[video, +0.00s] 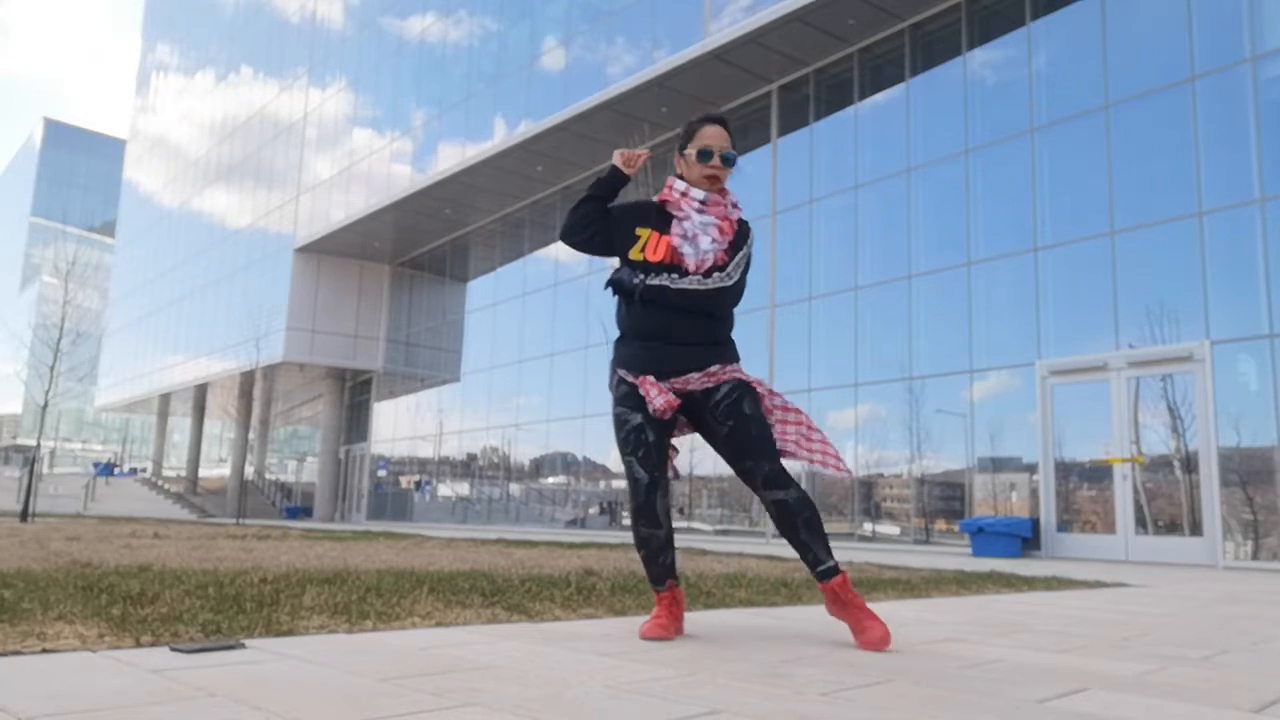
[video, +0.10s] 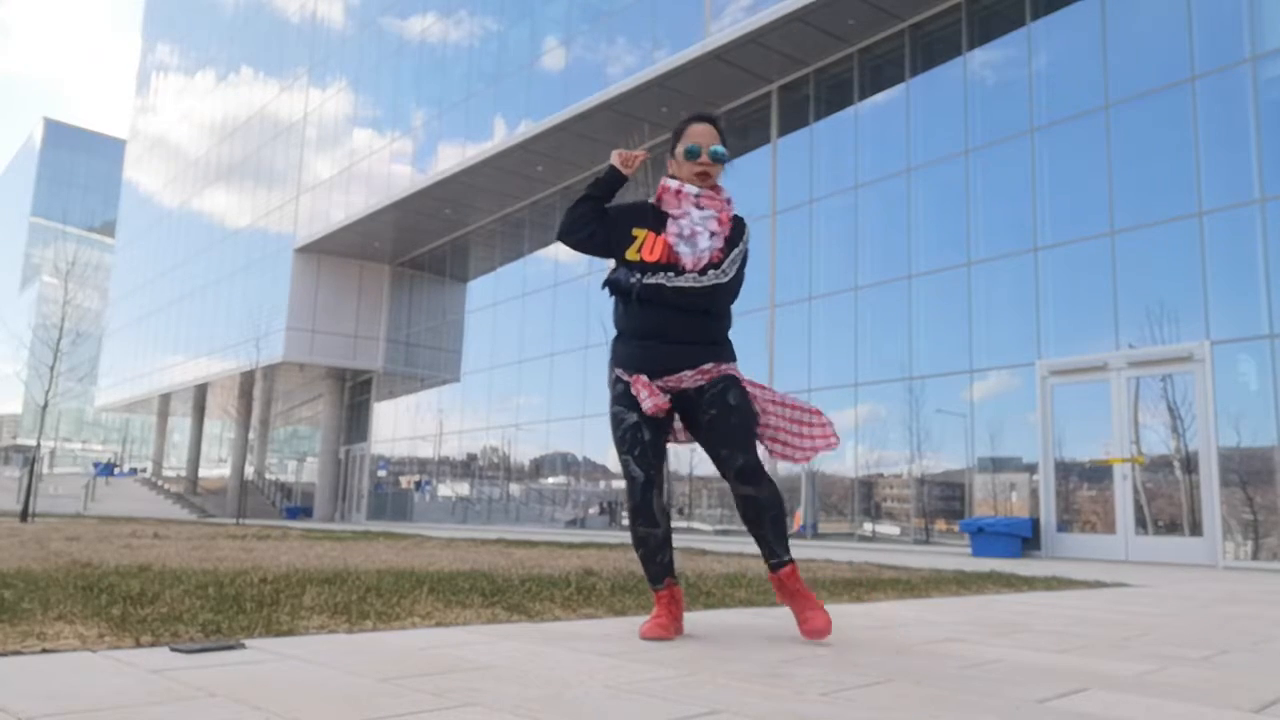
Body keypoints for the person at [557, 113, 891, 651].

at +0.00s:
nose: (716, 165)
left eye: (726, 158)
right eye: (705, 154)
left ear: (733, 167)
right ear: (680, 160)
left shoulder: (735, 228)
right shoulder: (640, 218)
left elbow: (724, 287)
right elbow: (575, 232)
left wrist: (632, 279)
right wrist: (614, 177)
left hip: (711, 367)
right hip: (640, 370)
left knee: (771, 476)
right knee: (645, 485)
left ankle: (839, 592)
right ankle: (667, 600)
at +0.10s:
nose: (705, 163)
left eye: (716, 155)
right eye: (693, 152)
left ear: (725, 165)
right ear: (671, 161)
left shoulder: (729, 225)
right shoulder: (637, 218)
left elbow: (721, 284)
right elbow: (574, 231)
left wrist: (632, 279)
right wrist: (611, 176)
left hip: (707, 367)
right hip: (637, 370)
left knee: (747, 472)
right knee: (643, 485)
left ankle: (787, 579)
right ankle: (665, 600)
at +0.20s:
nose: (697, 160)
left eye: (708, 153)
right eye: (684, 151)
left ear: (718, 162)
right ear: (664, 160)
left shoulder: (729, 220)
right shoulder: (637, 219)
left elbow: (721, 277)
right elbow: (573, 232)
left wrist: (637, 278)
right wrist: (611, 177)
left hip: (704, 367)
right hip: (636, 367)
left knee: (707, 469)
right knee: (641, 484)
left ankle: (725, 564)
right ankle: (664, 599)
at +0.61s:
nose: (683, 153)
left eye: (692, 144)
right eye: (669, 145)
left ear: (704, 155)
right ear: (650, 157)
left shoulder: (719, 213)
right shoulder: (626, 219)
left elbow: (719, 270)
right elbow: (562, 237)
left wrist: (631, 272)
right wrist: (593, 180)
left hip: (711, 358)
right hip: (642, 362)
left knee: (764, 458)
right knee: (648, 479)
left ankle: (791, 570)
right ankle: (665, 600)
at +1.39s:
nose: (687, 157)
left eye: (698, 148)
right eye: (674, 148)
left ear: (709, 159)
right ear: (654, 160)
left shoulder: (717, 216)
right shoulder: (628, 221)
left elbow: (713, 271)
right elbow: (566, 235)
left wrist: (628, 278)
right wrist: (601, 180)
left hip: (710, 365)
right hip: (644, 371)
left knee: (724, 468)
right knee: (648, 482)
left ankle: (785, 572)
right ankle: (666, 601)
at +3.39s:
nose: (689, 134)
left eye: (701, 124)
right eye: (685, 127)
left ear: (734, 137)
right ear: (683, 142)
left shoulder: (762, 192)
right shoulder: (675, 203)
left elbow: (763, 256)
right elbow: (630, 251)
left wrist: (681, 283)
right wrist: (618, 184)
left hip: (754, 359)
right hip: (686, 363)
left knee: (758, 479)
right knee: (678, 478)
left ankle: (780, 596)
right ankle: (669, 599)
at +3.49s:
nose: (700, 138)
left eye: (713, 128)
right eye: (696, 131)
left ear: (746, 140)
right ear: (695, 146)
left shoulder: (776, 196)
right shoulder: (691, 207)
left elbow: (782, 263)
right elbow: (657, 258)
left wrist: (717, 313)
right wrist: (624, 202)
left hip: (771, 359)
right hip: (704, 362)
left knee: (773, 481)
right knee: (689, 473)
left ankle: (784, 601)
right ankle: (671, 599)